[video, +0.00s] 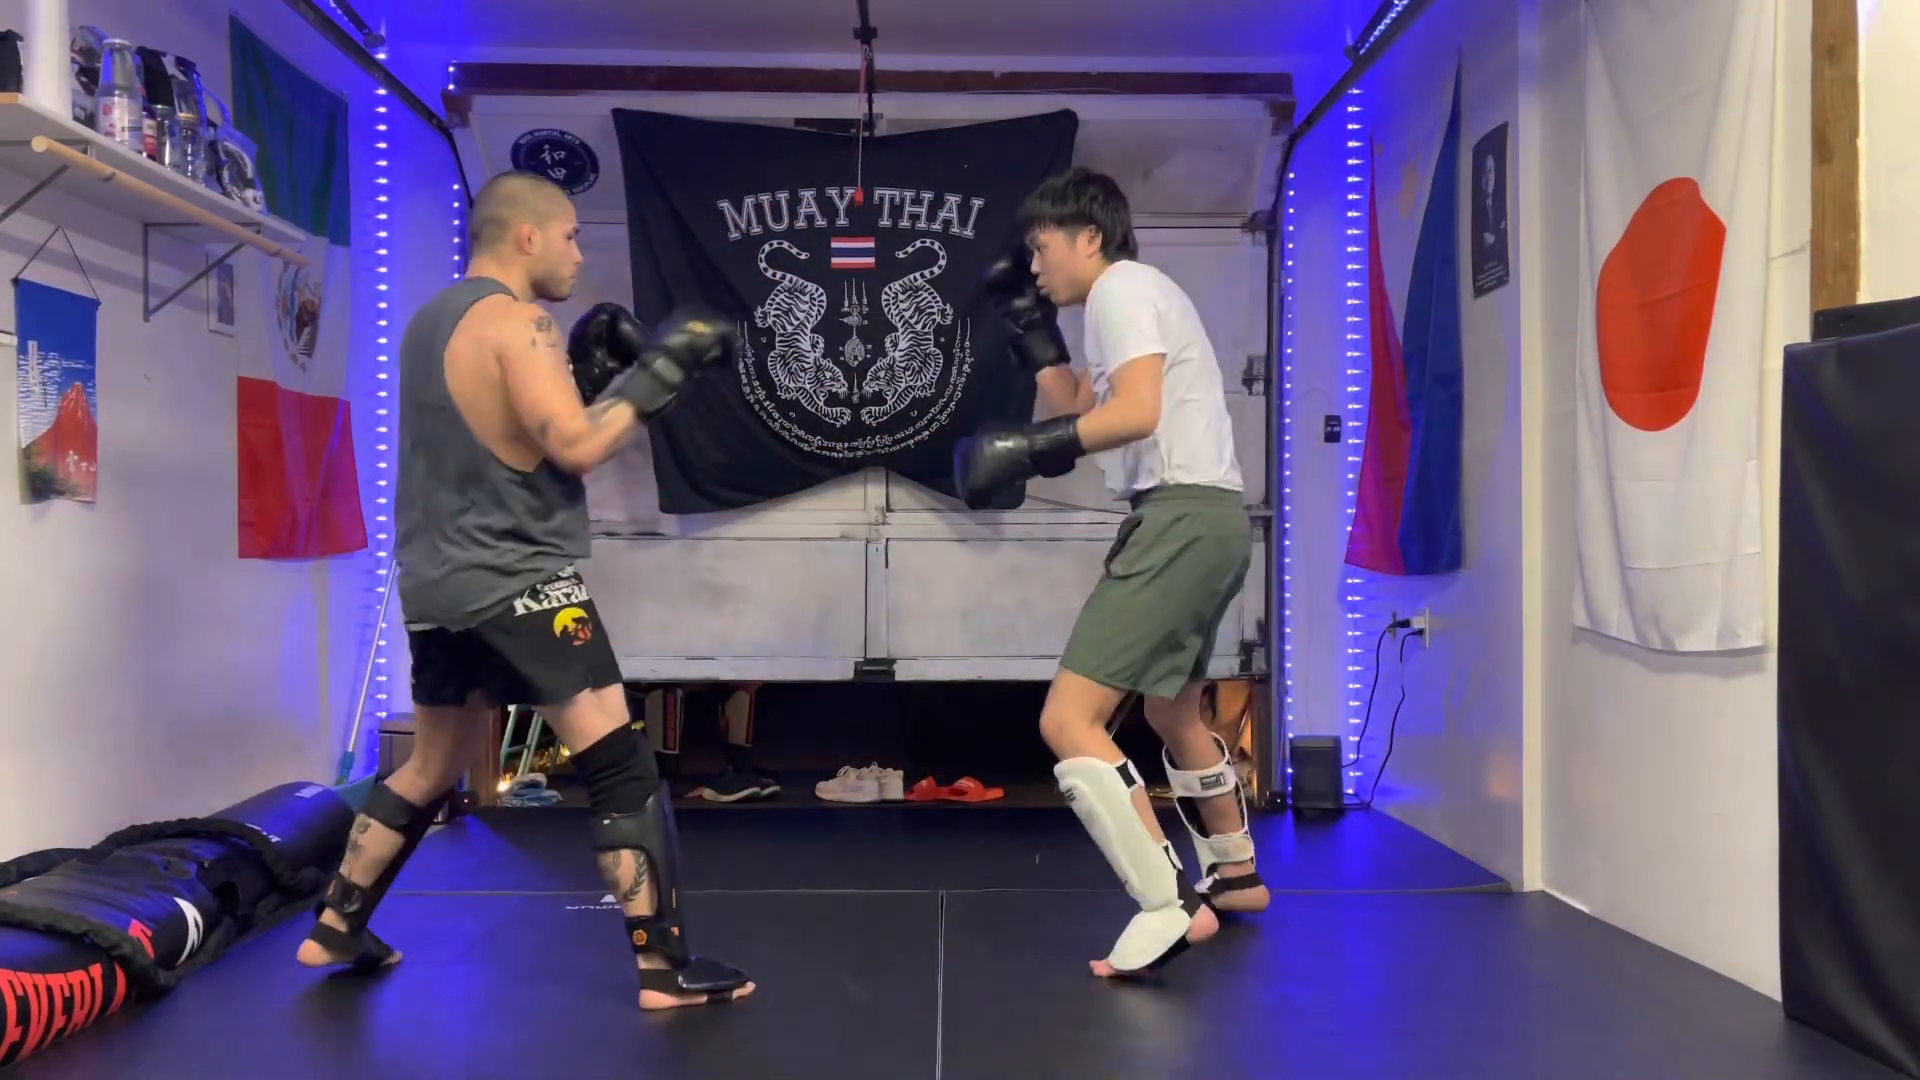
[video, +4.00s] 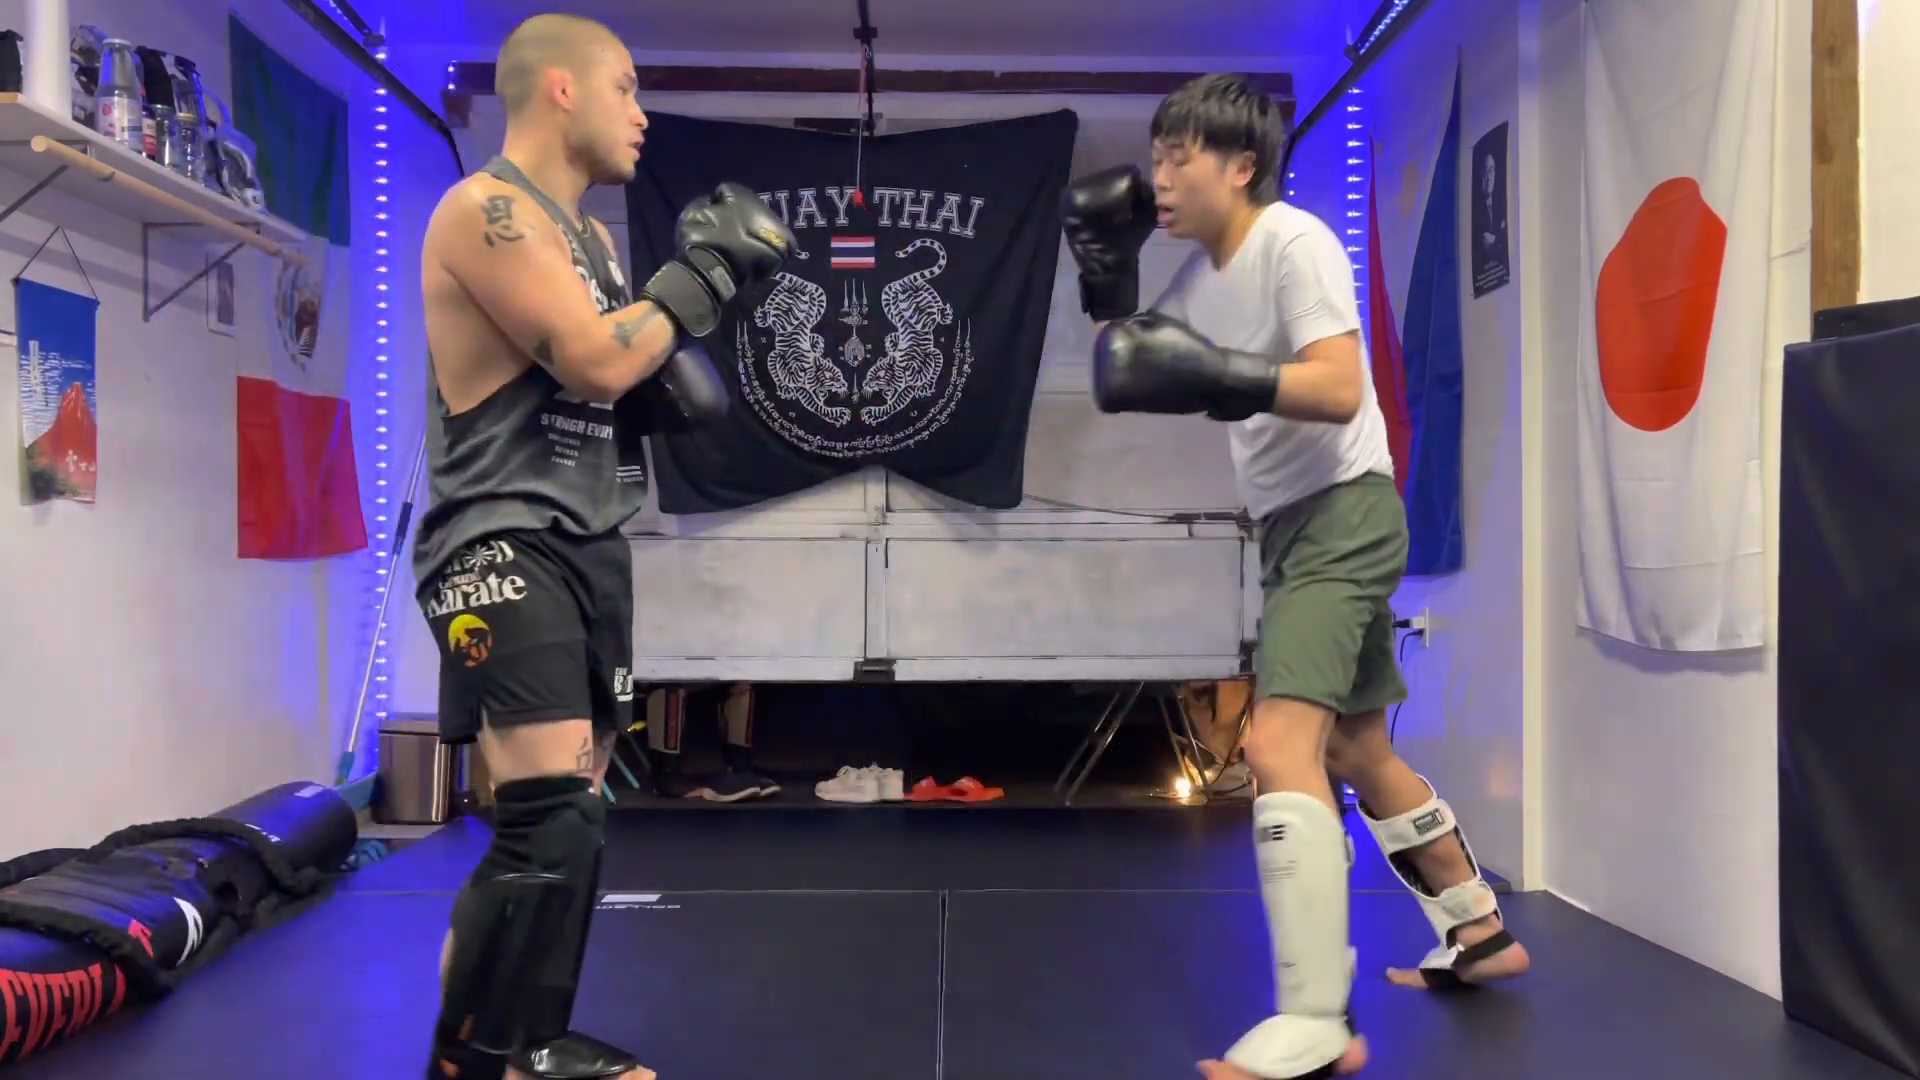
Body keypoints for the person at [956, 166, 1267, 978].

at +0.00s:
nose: (1033, 264)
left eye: (1040, 246)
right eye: (1032, 250)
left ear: (1087, 238)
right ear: (1087, 244)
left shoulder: (1123, 287)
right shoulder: (1127, 303)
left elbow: (1138, 409)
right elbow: (1068, 402)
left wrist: (1033, 447)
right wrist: (1032, 329)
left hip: (1181, 517)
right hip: (1210, 520)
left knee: (1070, 720)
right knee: (1173, 708)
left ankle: (1167, 905)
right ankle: (1236, 872)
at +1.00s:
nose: (717, 259)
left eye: (731, 243)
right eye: (719, 244)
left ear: (785, 255)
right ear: (759, 258)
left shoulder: (856, 339)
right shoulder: (732, 340)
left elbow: (898, 471)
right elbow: (626, 374)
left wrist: (794, 520)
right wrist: (528, 344)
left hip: (893, 553)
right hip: (812, 565)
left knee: (855, 746)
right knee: (719, 734)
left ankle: (941, 961)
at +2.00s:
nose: (798, 257)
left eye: (810, 240)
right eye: (797, 241)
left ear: (860, 241)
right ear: (869, 247)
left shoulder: (878, 296)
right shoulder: (914, 305)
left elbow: (848, 404)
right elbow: (861, 439)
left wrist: (753, 359)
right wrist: (781, 375)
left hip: (952, 537)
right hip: (995, 538)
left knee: (827, 732)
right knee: (971, 728)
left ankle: (942, 914)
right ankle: (1009, 887)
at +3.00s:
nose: (738, 238)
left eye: (756, 220)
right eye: (738, 221)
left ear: (826, 230)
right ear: (801, 235)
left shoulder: (869, 324)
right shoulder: (793, 320)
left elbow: (850, 491)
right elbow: (732, 415)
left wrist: (717, 460)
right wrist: (640, 381)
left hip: (946, 589)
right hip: (891, 586)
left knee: (767, 770)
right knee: (913, 785)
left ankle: (780, 1046)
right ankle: (1025, 905)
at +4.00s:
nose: (1158, 179)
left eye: (1178, 158)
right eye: (1157, 161)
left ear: (1239, 167)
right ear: (1195, 175)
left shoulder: (1295, 240)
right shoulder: (1209, 281)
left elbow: (1339, 388)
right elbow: (1139, 373)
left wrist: (1208, 377)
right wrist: (1111, 278)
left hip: (1344, 515)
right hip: (1292, 526)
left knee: (1280, 747)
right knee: (1360, 754)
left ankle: (1314, 1020)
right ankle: (1476, 929)